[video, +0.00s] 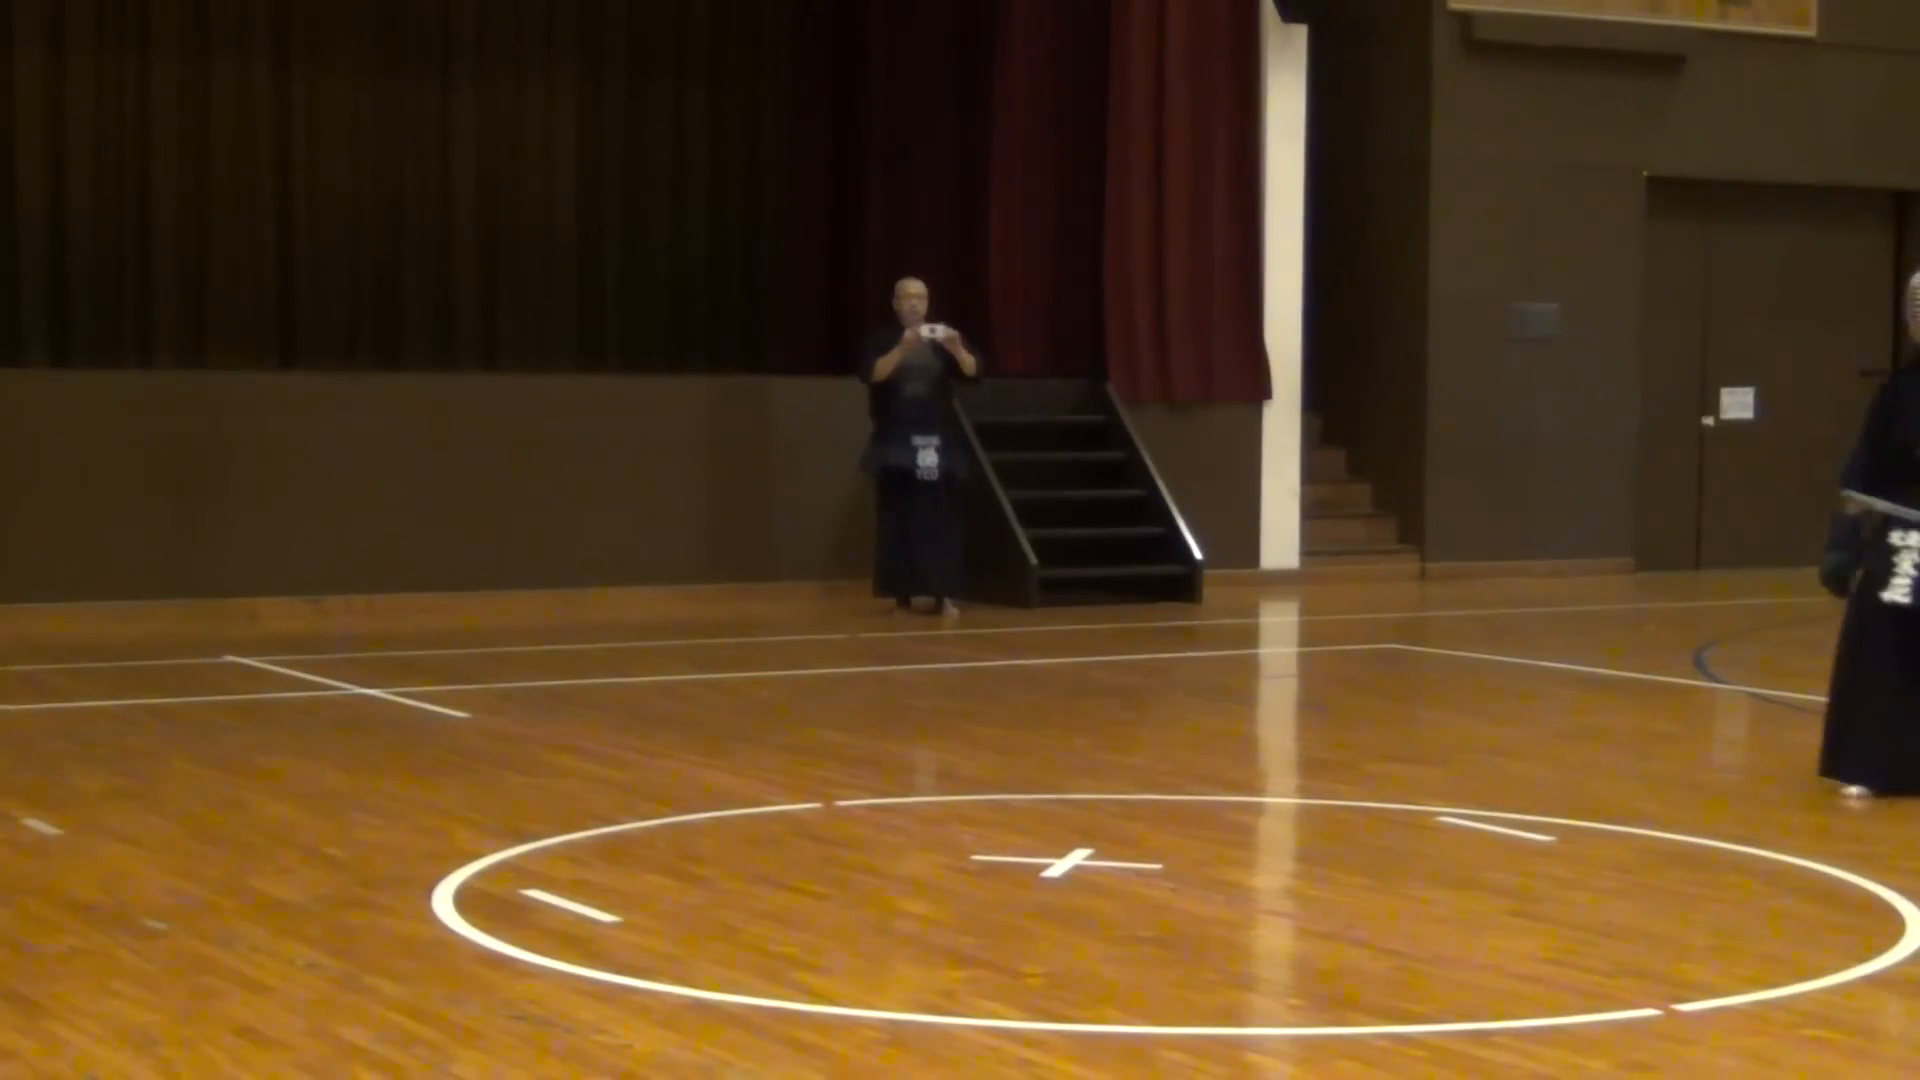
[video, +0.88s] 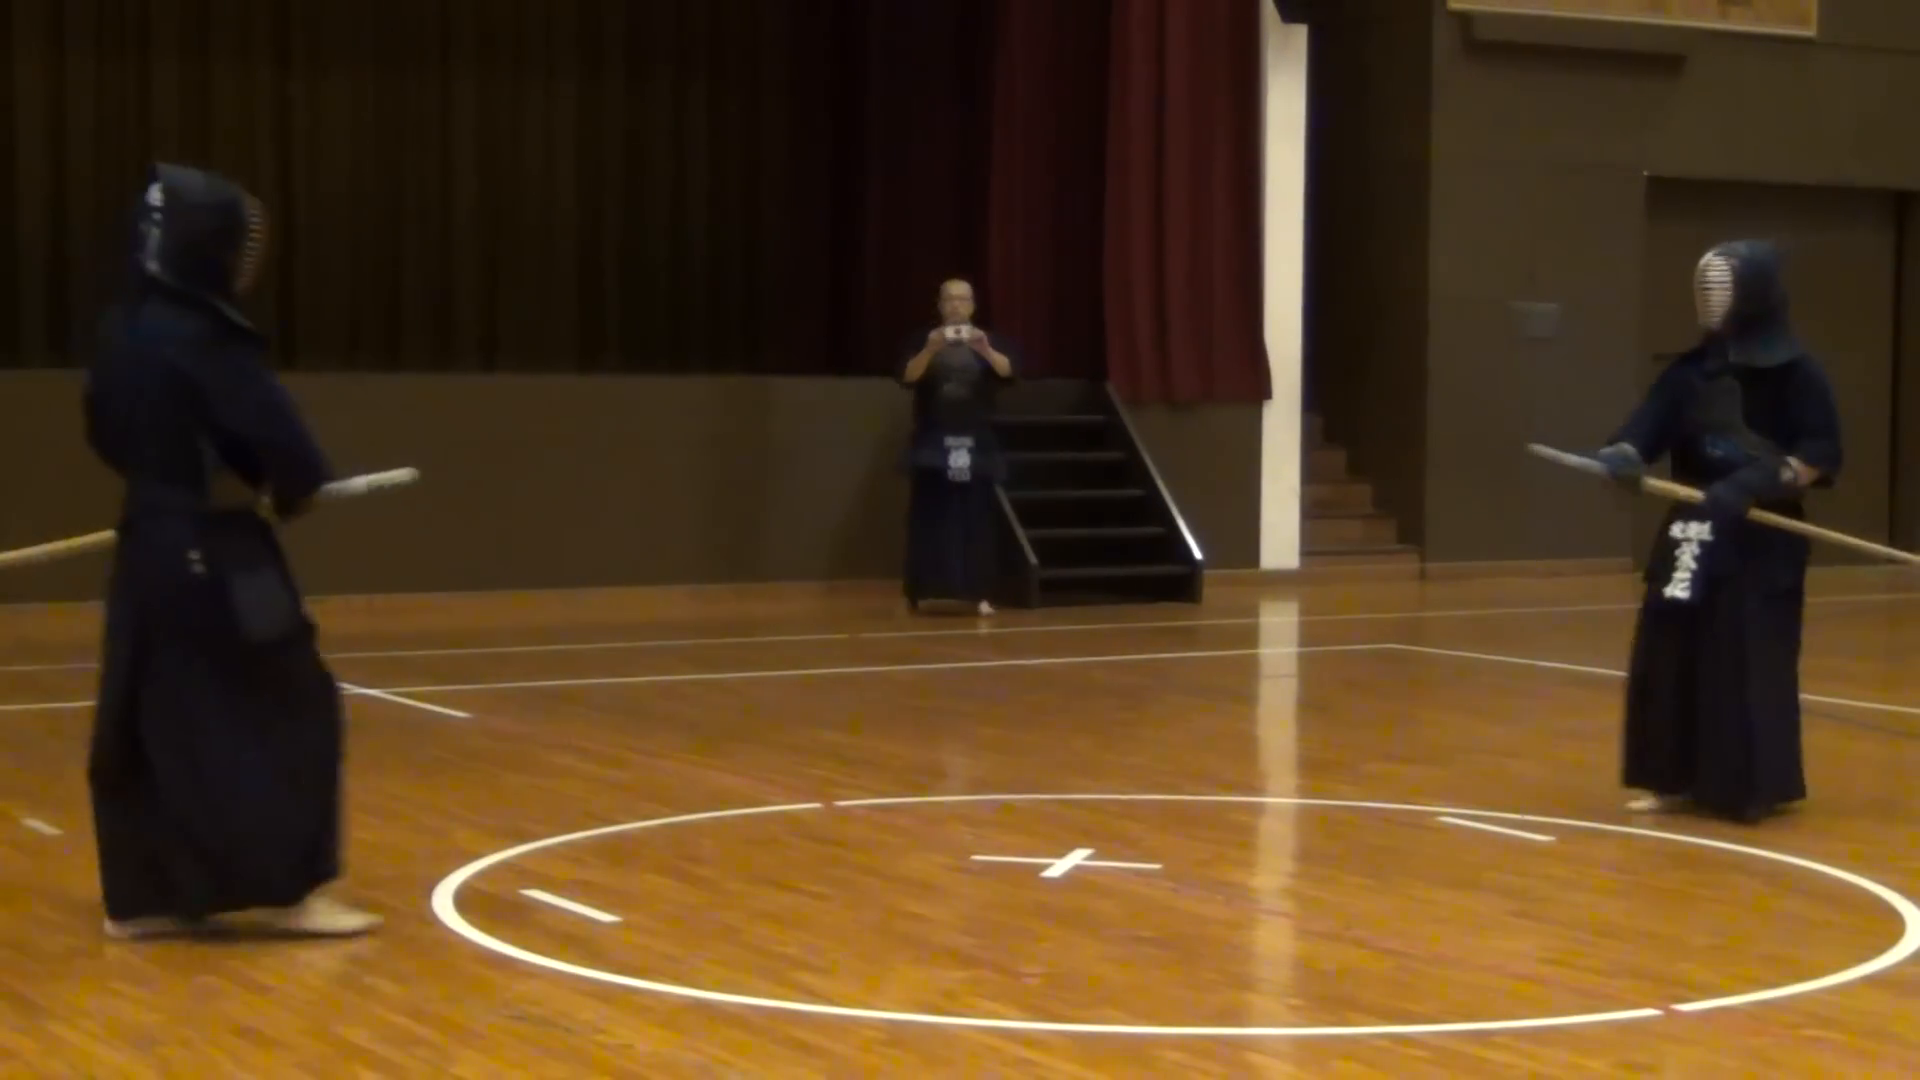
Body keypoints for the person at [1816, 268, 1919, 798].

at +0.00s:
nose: (1915, 317)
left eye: (1917, 305)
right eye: (1913, 305)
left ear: (1914, 317)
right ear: (1906, 316)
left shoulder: (1902, 390)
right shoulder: (1901, 389)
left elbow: (1868, 477)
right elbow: (1867, 476)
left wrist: (1844, 547)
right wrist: (1845, 547)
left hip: (1903, 541)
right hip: (1899, 541)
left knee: (1879, 642)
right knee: (1875, 642)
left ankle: (1867, 766)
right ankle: (1863, 765)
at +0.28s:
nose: (1850, 305)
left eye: (1862, 295)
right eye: (1848, 293)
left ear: (1895, 300)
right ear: (1847, 298)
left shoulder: (1907, 370)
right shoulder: (1840, 368)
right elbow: (1802, 434)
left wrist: (1890, 508)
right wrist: (1785, 482)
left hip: (1900, 528)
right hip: (1843, 521)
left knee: (1875, 648)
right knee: (1826, 639)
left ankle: (1865, 773)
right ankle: (1828, 759)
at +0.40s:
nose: (1821, 314)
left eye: (1833, 303)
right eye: (1818, 302)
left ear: (1866, 305)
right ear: (1816, 306)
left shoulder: (1900, 378)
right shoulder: (1805, 379)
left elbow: (1916, 479)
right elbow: (1761, 448)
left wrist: (1863, 511)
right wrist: (1766, 471)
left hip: (1880, 533)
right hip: (1809, 527)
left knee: (1811, 648)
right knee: (1852, 650)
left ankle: (1785, 778)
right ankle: (1885, 756)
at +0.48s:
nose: (1803, 315)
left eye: (1815, 304)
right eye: (1799, 304)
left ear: (1848, 308)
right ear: (1796, 307)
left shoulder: (1884, 384)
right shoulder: (1785, 381)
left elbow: (1907, 473)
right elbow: (1738, 453)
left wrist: (1839, 511)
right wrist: (1759, 485)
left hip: (1853, 538)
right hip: (1789, 532)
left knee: (1793, 652)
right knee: (1821, 652)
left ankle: (1764, 781)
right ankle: (1878, 752)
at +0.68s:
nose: (1752, 306)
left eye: (1764, 295)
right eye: (1749, 295)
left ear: (1797, 298)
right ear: (1745, 298)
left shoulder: (1830, 374)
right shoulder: (1735, 373)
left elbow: (1849, 466)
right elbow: (1691, 440)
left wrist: (1765, 494)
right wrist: (1695, 471)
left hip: (1803, 538)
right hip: (1741, 531)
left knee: (1780, 656)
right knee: (1734, 648)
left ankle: (1764, 787)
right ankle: (1814, 717)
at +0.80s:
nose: (1725, 299)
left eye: (1736, 288)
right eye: (1721, 287)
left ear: (1771, 291)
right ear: (1718, 292)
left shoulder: (1807, 369)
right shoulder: (1709, 367)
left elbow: (1826, 457)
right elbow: (1669, 429)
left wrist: (1747, 483)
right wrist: (1655, 454)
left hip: (1780, 536)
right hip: (1714, 528)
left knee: (1765, 655)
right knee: (1705, 649)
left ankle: (1768, 783)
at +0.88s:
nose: (1708, 301)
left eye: (1719, 290)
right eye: (1704, 289)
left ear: (1753, 292)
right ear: (1702, 293)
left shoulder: (1789, 368)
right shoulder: (1692, 367)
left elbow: (1821, 454)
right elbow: (1653, 419)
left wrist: (1754, 483)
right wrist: (1627, 449)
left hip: (1766, 536)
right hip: (1695, 527)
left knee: (1753, 654)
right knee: (1674, 647)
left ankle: (1759, 785)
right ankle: (1674, 779)